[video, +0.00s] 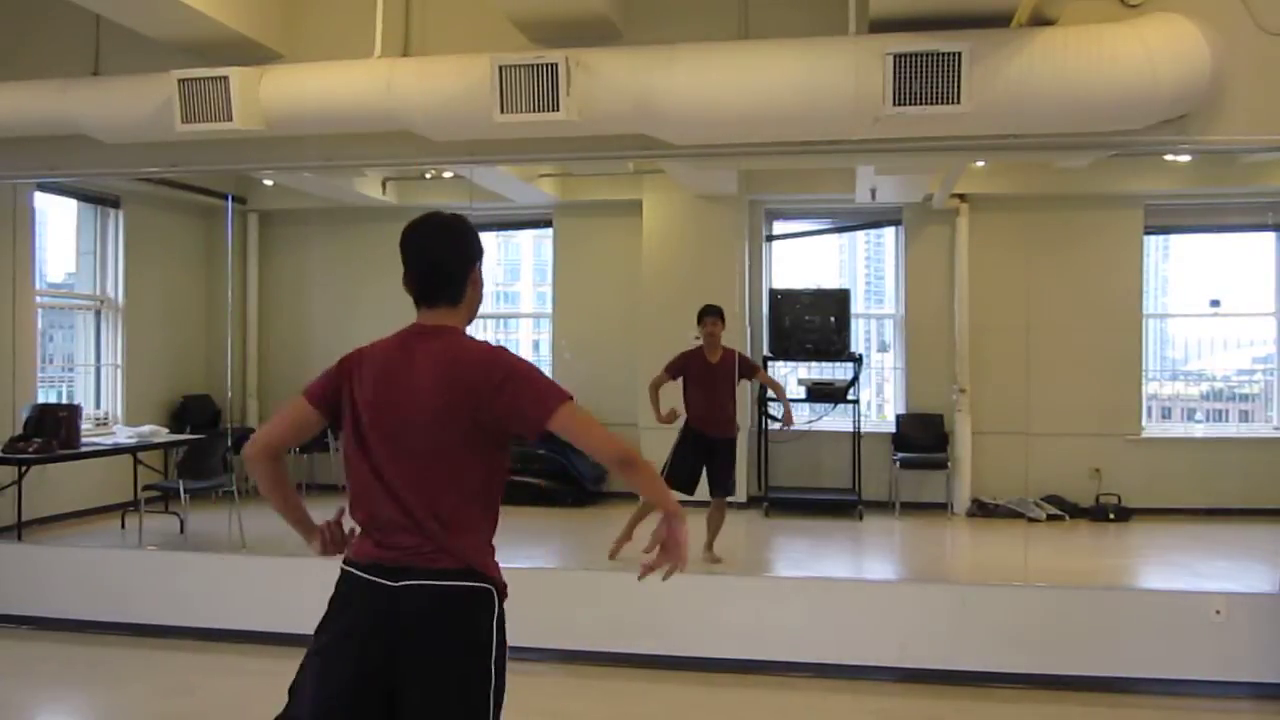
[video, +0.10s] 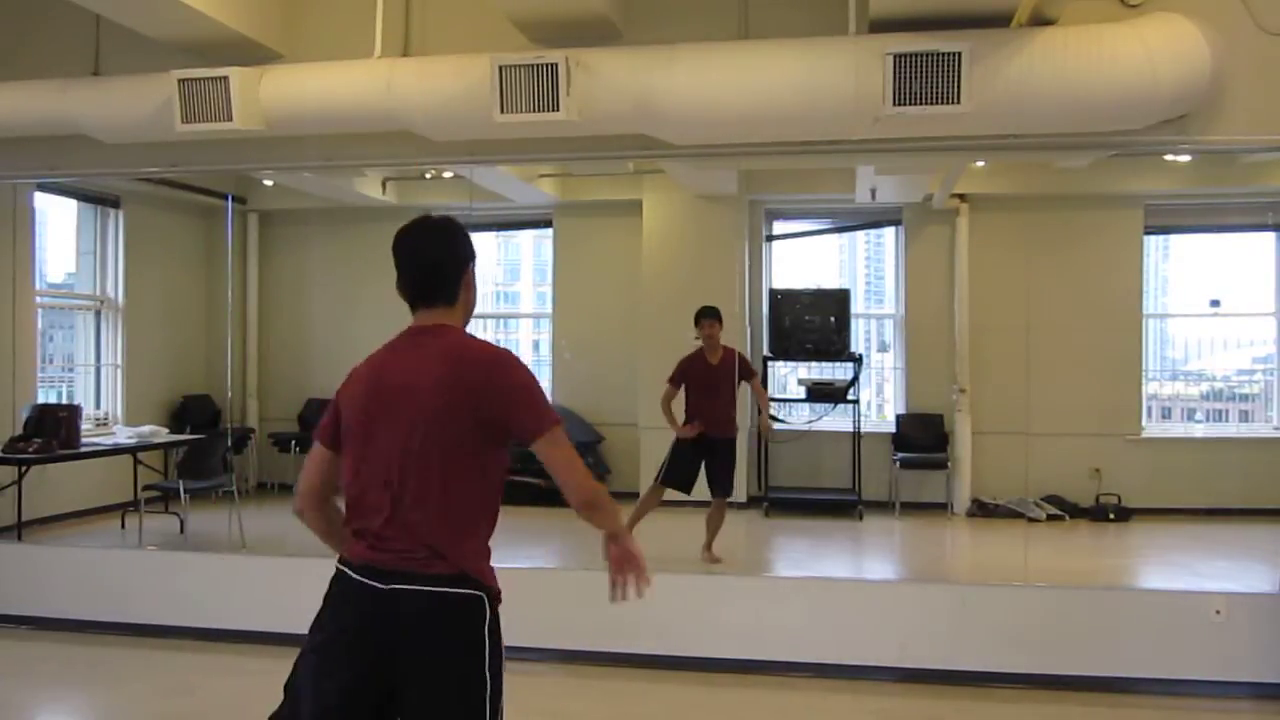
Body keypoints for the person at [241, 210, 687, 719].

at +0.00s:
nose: (483, 280)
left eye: (477, 270)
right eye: (482, 270)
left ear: (407, 283)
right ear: (476, 278)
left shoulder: (361, 367)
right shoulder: (495, 368)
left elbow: (260, 450)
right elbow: (616, 454)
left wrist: (311, 530)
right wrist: (671, 508)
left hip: (362, 601)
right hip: (458, 609)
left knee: (314, 711)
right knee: (458, 710)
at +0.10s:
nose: (476, 283)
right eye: (474, 272)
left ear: (401, 287)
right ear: (468, 279)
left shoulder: (364, 375)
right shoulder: (495, 368)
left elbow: (309, 501)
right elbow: (582, 492)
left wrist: (360, 551)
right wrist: (617, 531)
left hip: (355, 606)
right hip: (451, 617)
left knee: (306, 710)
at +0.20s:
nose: (465, 287)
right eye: (463, 275)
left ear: (392, 290)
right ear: (457, 282)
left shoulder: (371, 375)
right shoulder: (487, 363)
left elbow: (390, 519)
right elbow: (525, 494)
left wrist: (498, 578)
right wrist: (495, 511)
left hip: (356, 607)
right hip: (445, 619)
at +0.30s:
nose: (444, 285)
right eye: (443, 272)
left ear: (369, 294)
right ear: (437, 278)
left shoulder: (362, 386)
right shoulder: (470, 341)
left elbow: (454, 516)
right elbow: (493, 466)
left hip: (356, 606)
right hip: (444, 616)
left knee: (307, 711)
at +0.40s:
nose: (425, 286)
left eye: (422, 275)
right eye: (424, 274)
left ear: (348, 286)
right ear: (413, 277)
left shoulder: (352, 377)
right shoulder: (433, 324)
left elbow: (452, 483)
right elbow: (523, 429)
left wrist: (561, 503)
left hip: (361, 591)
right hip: (444, 600)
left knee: (318, 711)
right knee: (470, 712)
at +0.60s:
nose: (416, 282)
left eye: (416, 270)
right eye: (415, 270)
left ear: (341, 276)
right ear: (404, 276)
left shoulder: (327, 378)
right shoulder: (396, 345)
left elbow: (337, 491)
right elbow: (490, 381)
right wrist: (545, 349)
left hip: (359, 574)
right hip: (435, 582)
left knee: (317, 709)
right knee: (451, 711)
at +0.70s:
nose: (430, 280)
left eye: (428, 266)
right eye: (429, 268)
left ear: (357, 269)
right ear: (421, 274)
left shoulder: (310, 360)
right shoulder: (407, 345)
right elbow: (490, 398)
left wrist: (265, 430)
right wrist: (561, 398)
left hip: (344, 587)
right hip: (423, 589)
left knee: (318, 711)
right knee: (446, 711)